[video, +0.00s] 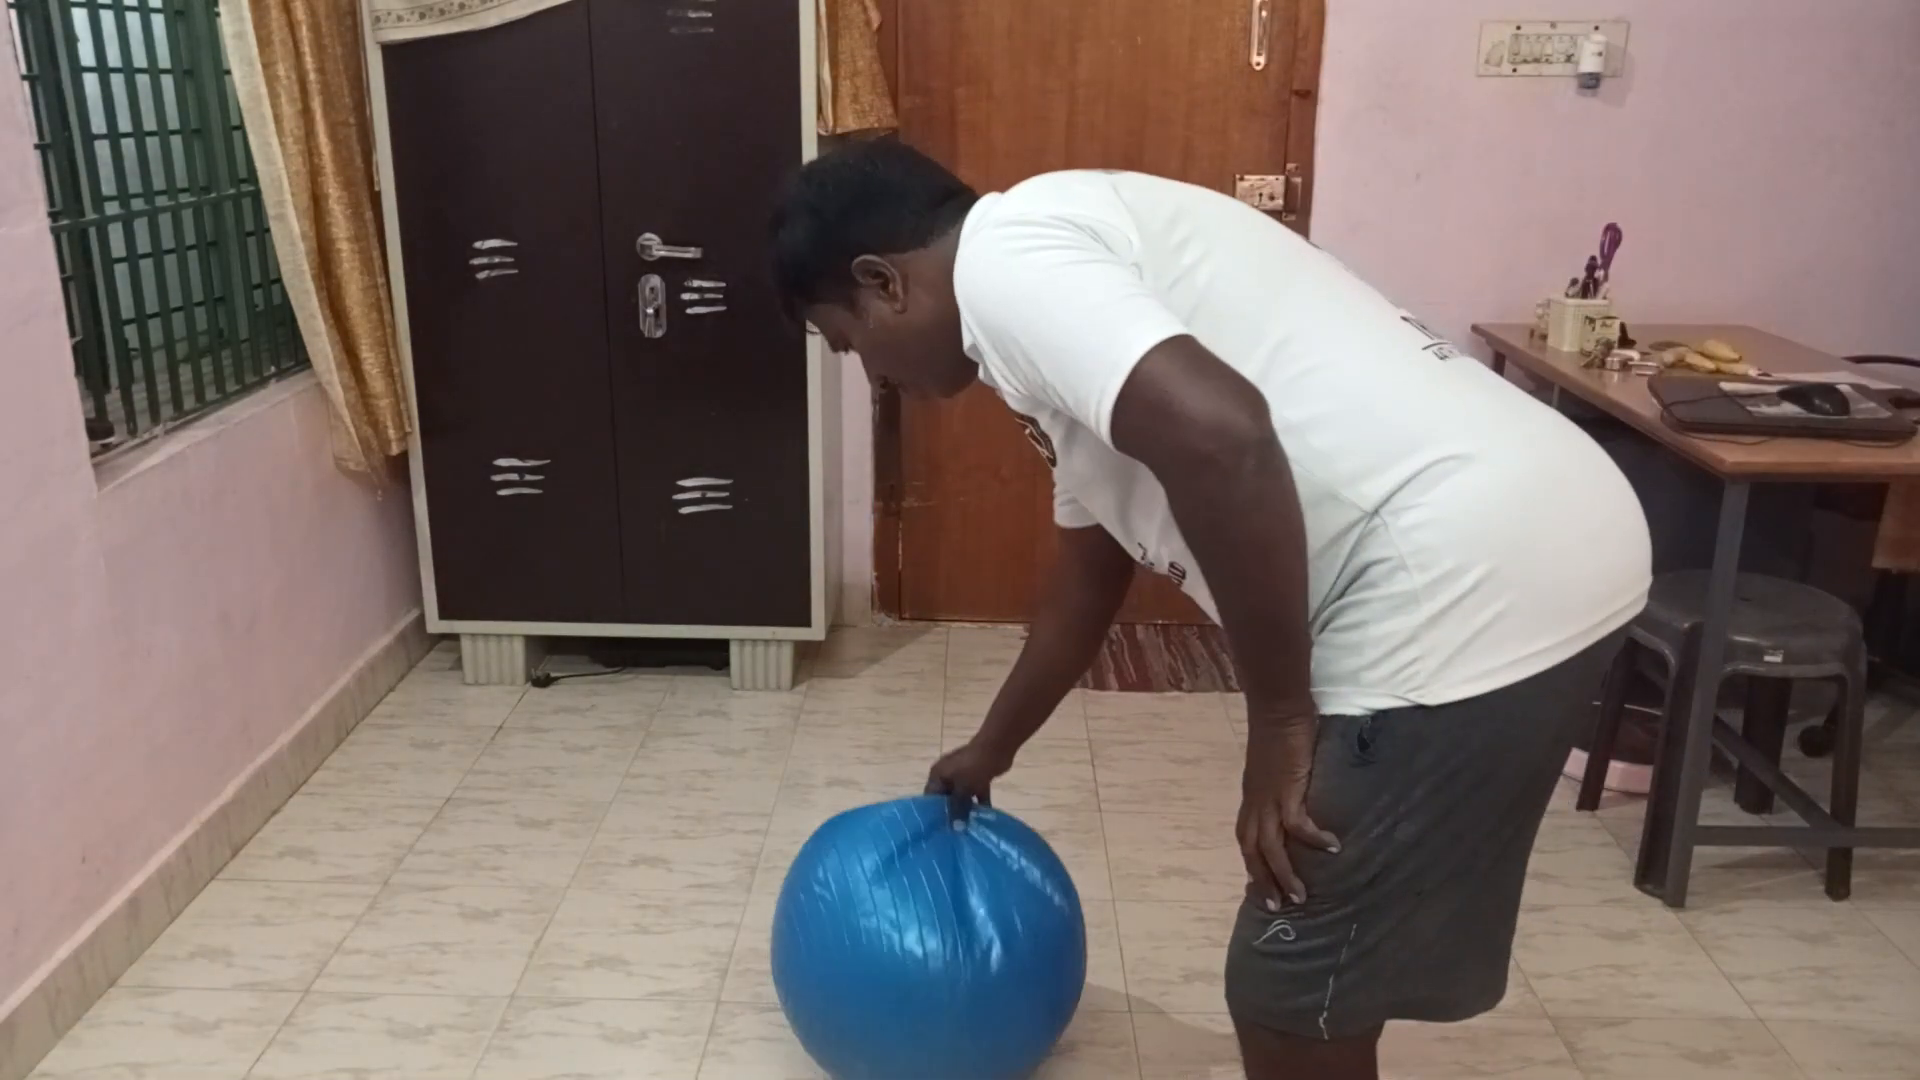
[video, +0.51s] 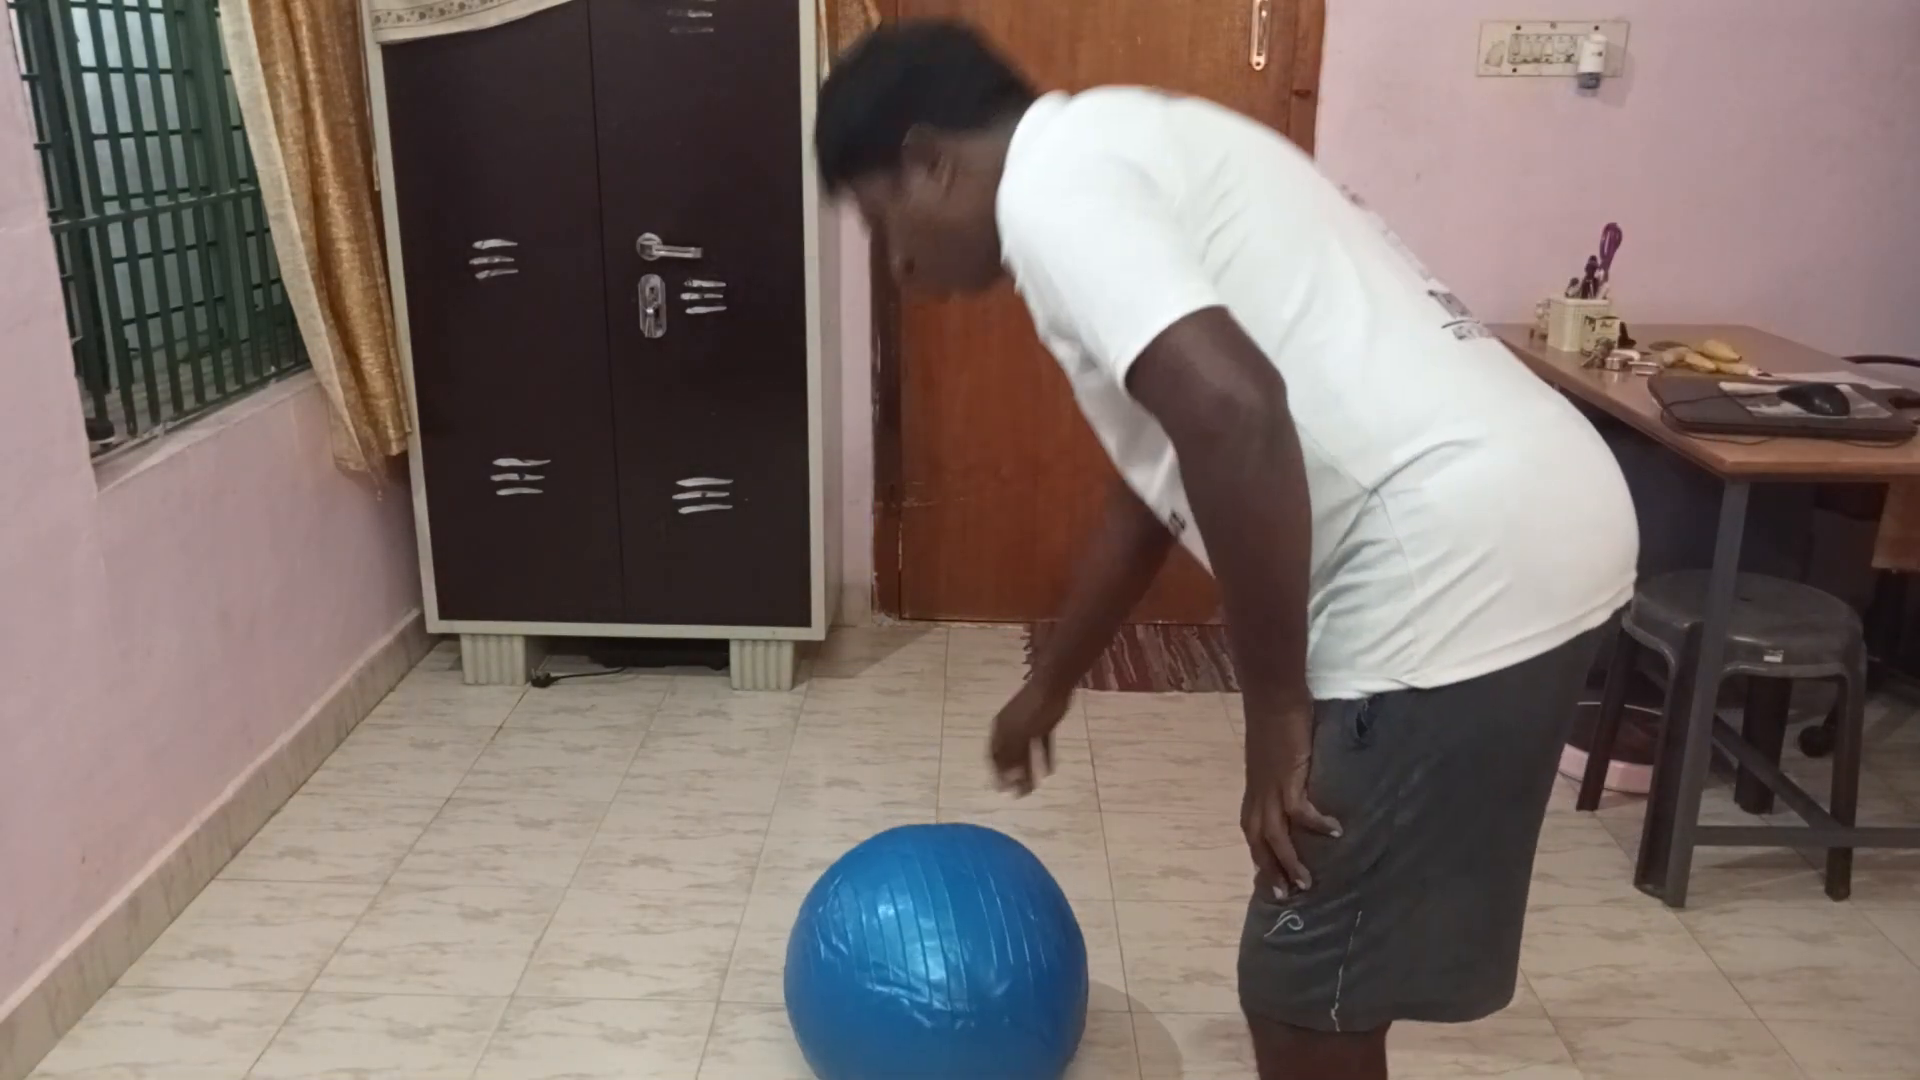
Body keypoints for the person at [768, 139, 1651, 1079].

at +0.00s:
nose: (873, 379)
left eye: (847, 341)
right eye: (845, 355)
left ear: (884, 279)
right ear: (902, 260)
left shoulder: (1007, 259)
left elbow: (1221, 438)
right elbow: (1086, 576)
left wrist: (1278, 723)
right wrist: (992, 744)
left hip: (1459, 584)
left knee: (1290, 988)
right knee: (1318, 977)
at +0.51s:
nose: (891, 265)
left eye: (876, 222)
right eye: (871, 235)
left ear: (931, 160)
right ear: (936, 154)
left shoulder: (1057, 179)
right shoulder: (1121, 144)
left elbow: (1235, 415)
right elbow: (1160, 477)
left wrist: (1275, 719)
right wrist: (1048, 681)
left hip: (1454, 562)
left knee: (1304, 986)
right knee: (1323, 974)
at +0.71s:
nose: (949, 112)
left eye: (947, 66)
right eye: (931, 86)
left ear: (1023, 9)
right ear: (1037, 9)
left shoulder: (1133, 74)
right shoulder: (1199, 46)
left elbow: (1258, 359)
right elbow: (1233, 388)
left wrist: (1254, 669)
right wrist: (1157, 622)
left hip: (1422, 561)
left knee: (1305, 979)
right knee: (1327, 969)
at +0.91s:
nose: (1038, 13)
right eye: (1032, 5)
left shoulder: (1258, 26)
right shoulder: (1213, 36)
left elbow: (1366, 284)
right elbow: (1280, 312)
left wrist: (1268, 583)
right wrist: (1238, 558)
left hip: (1435, 536)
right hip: (1374, 526)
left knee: (1353, 931)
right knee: (1307, 835)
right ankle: (1341, 1059)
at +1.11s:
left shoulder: (1396, 12)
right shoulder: (1278, 23)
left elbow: (1468, 246)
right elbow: (1304, 282)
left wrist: (1310, 519)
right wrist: (1243, 509)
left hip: (1467, 536)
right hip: (1345, 528)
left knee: (1441, 907)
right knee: (1322, 828)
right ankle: (1324, 1070)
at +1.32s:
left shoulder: (1551, 14)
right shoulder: (1332, 16)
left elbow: (1604, 246)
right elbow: (1314, 261)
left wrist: (1399, 529)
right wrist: (1236, 481)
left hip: (1528, 553)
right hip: (1352, 534)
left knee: (1564, 904)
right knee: (1357, 834)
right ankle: (1331, 1070)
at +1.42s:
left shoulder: (1647, 14)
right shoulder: (1373, 15)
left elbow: (1697, 259)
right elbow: (1343, 262)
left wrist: (1496, 546)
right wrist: (1249, 467)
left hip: (1591, 575)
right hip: (1387, 547)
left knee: (1622, 919)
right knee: (1384, 838)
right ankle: (1334, 1070)